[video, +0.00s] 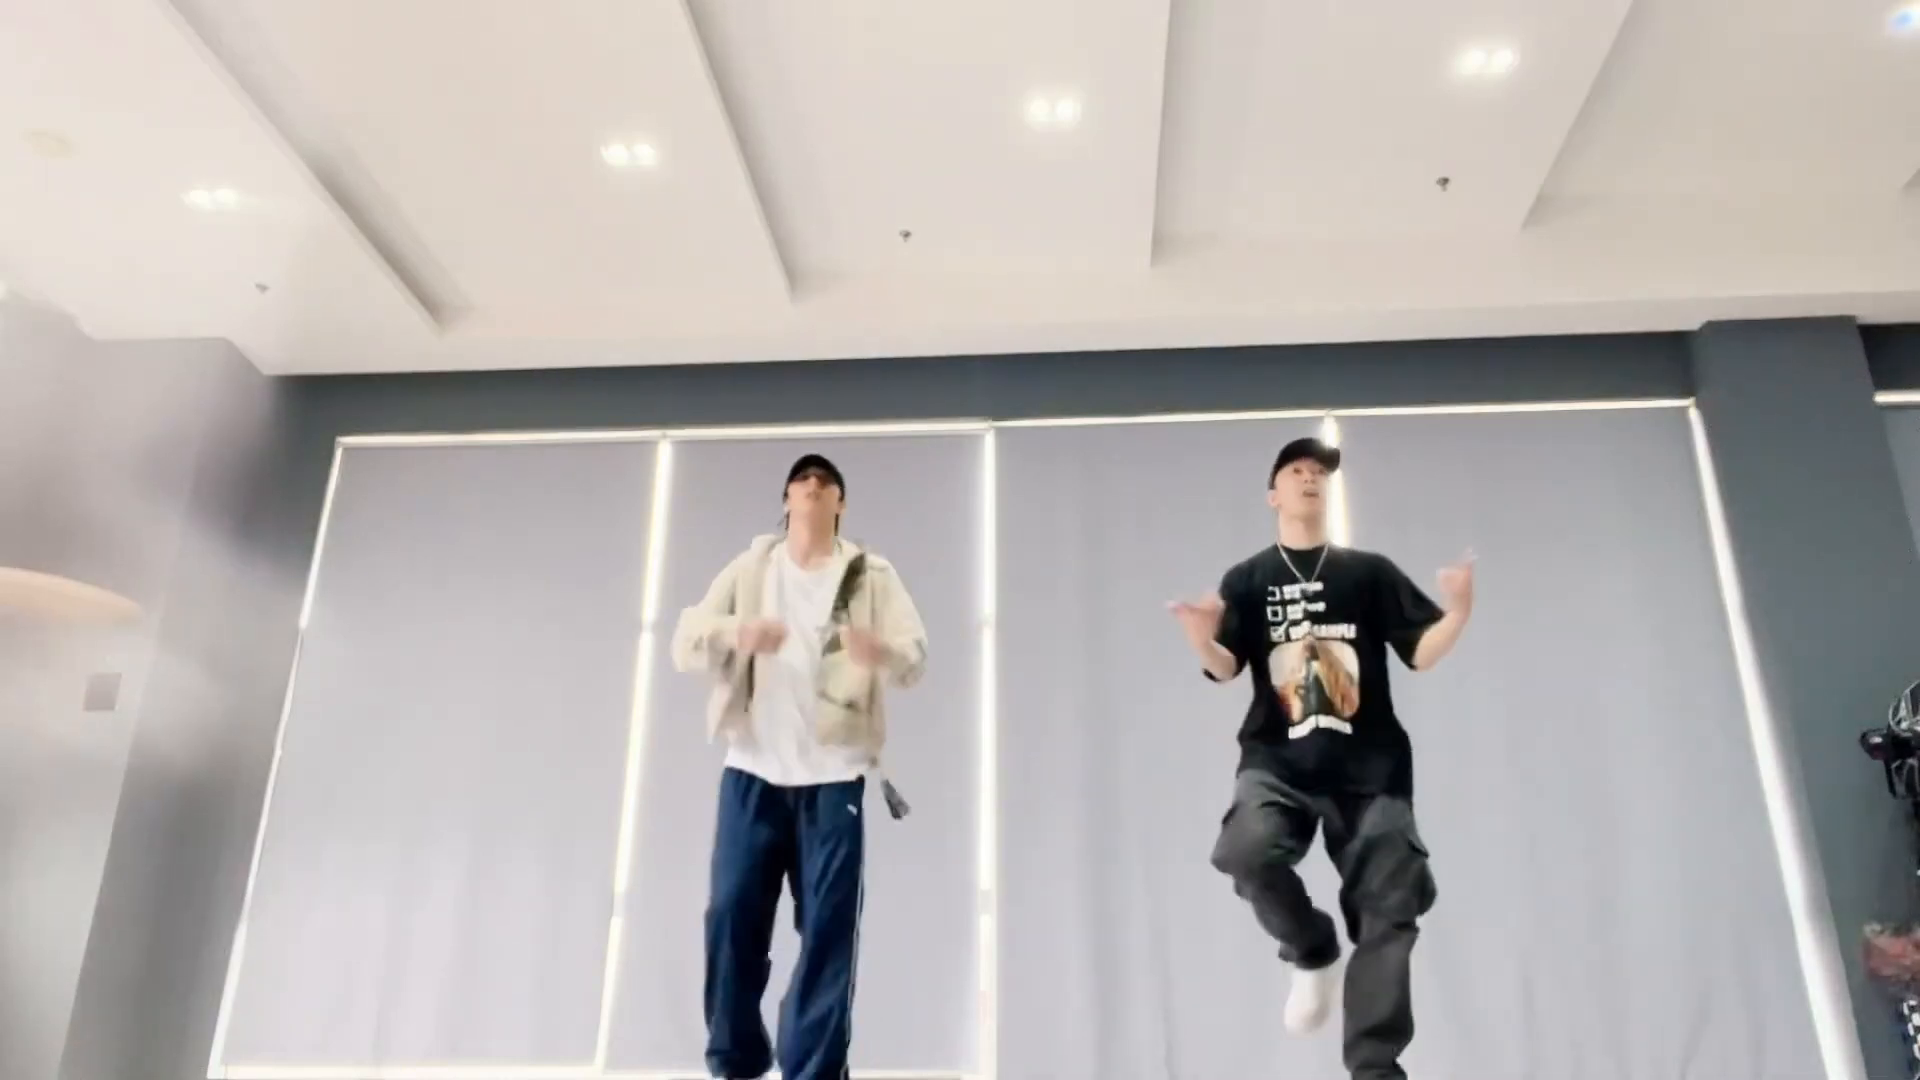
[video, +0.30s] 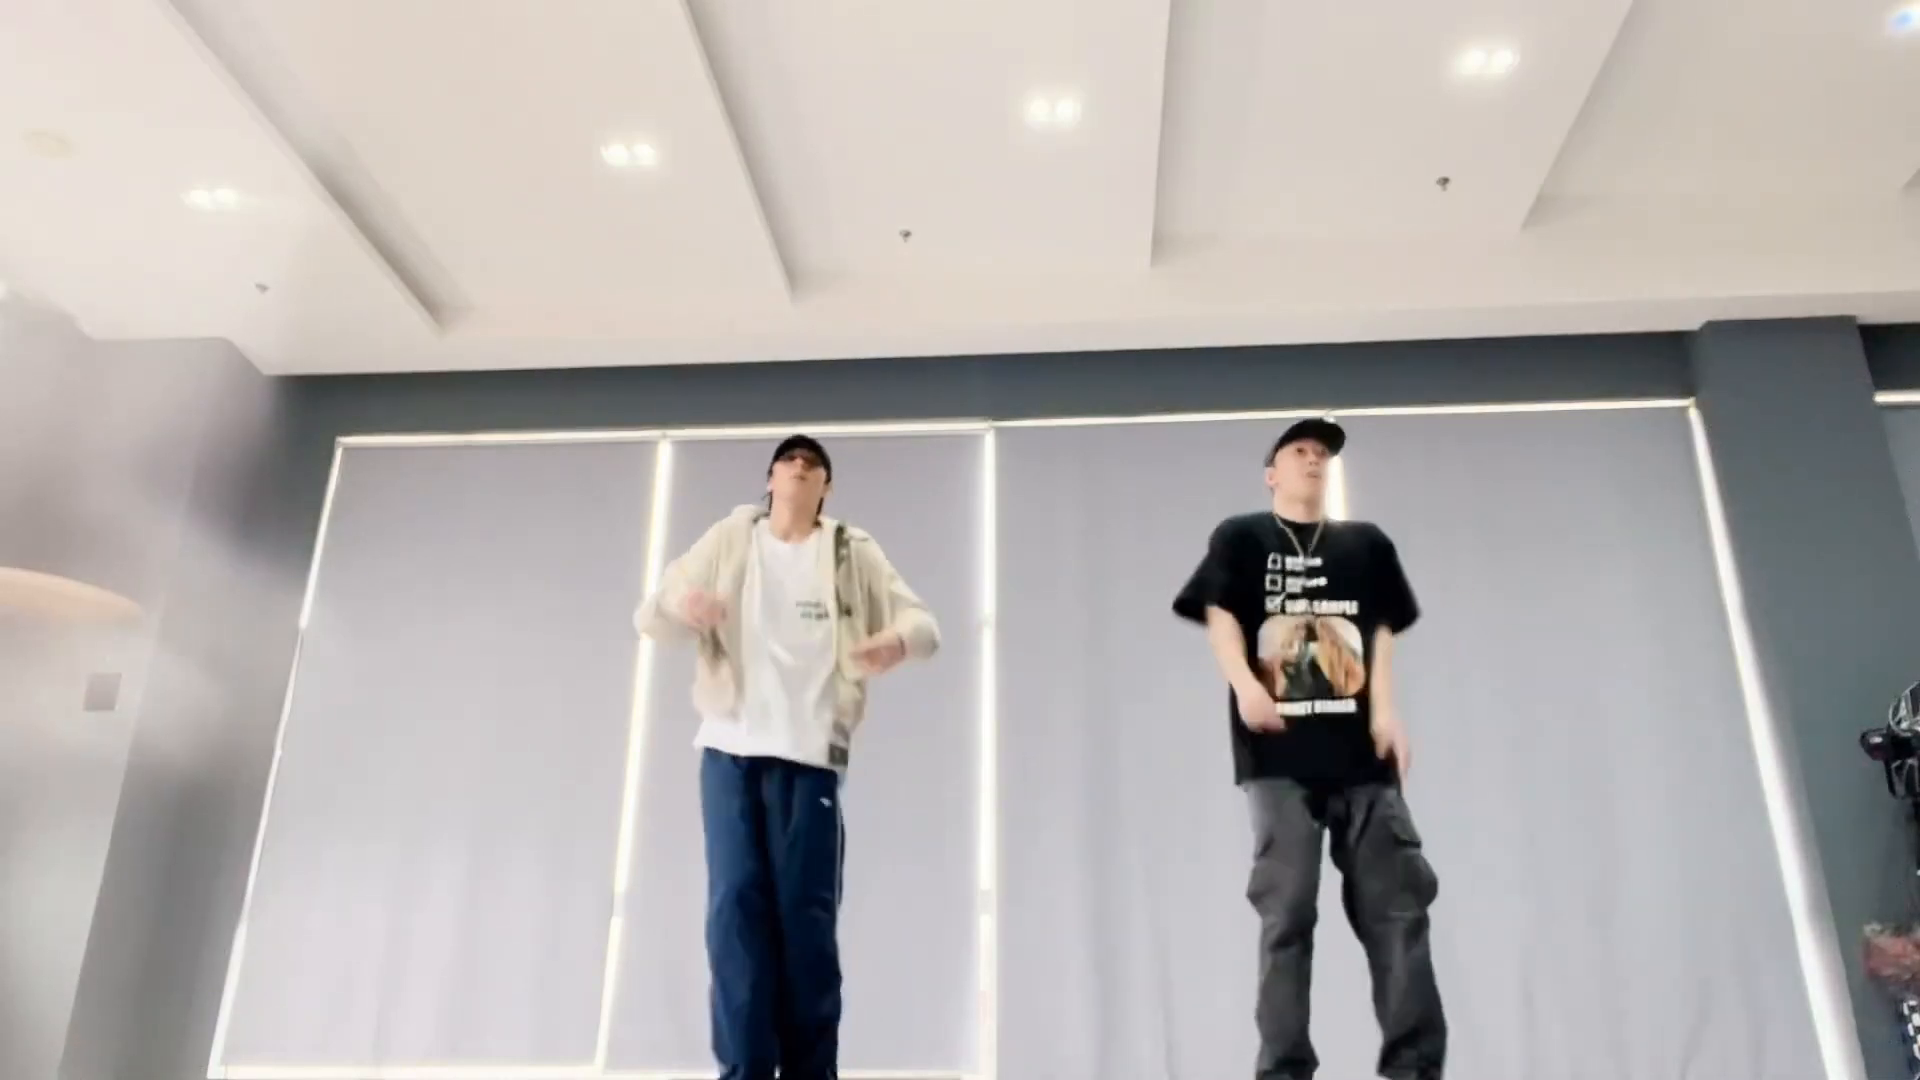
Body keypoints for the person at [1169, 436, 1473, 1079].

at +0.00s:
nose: (1309, 481)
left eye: (1318, 475)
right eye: (1296, 473)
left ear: (1331, 493)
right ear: (1273, 493)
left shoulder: (1371, 571)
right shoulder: (1246, 580)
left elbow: (1421, 653)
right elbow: (1227, 670)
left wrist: (1457, 611)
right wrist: (1204, 641)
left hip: (1367, 762)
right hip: (1277, 759)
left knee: (1389, 901)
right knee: (1248, 853)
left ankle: (1376, 1064)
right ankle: (1315, 956)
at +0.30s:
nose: (1313, 461)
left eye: (1322, 454)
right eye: (1299, 453)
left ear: (1332, 472)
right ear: (1272, 471)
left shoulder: (1365, 542)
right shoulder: (1241, 537)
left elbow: (1381, 633)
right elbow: (1220, 619)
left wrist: (1383, 711)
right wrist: (1246, 686)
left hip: (1361, 756)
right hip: (1278, 757)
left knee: (1397, 902)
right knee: (1287, 908)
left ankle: (1413, 1066)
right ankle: (1284, 1069)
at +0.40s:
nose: (1326, 472)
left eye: (1334, 465)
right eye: (1312, 462)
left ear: (1340, 486)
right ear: (1278, 478)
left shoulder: (1355, 574)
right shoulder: (1243, 558)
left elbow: (1371, 667)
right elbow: (1239, 659)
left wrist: (1358, 726)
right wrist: (1294, 727)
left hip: (1350, 764)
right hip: (1274, 767)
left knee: (1377, 909)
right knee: (1313, 904)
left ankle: (1374, 1061)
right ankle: (1313, 1066)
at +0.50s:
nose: (1359, 499)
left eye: (1368, 494)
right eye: (1346, 486)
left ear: (1370, 517)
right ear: (1310, 496)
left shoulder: (1356, 599)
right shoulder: (1263, 545)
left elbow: (1375, 693)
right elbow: (1192, 595)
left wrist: (1391, 651)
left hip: (1312, 761)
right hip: (1242, 747)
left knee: (1375, 897)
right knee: (1257, 868)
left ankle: (1376, 1060)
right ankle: (1264, 1051)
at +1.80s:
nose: (1364, 581)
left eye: (1370, 574)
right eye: (1352, 568)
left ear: (1368, 590)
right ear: (1320, 572)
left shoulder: (1342, 688)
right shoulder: (1280, 595)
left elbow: (1321, 778)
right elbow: (1270, 509)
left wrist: (1303, 751)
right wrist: (1331, 416)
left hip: (1276, 840)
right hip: (1215, 814)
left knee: (1380, 927)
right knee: (1132, 945)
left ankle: (1351, 1071)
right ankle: (1010, 1056)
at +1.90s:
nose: (1340, 600)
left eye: (1347, 594)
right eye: (1328, 590)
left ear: (1348, 612)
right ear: (1297, 598)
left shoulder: (1322, 712)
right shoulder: (1265, 634)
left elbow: (1305, 786)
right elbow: (1286, 523)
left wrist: (1260, 799)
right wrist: (1323, 439)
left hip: (1272, 862)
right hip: (1202, 846)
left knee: (1388, 934)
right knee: (1115, 952)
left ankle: (1355, 1071)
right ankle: (988, 1049)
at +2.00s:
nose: (1324, 555)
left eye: (1331, 547)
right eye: (1311, 545)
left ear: (1335, 565)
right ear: (1284, 560)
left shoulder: (1334, 667)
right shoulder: (1256, 597)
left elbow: (1330, 770)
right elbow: (1226, 497)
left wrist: (1316, 760)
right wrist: (1224, 403)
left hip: (1288, 830)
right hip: (1208, 817)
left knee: (1397, 929)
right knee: (1126, 925)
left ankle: (1357, 1070)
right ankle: (1015, 1058)